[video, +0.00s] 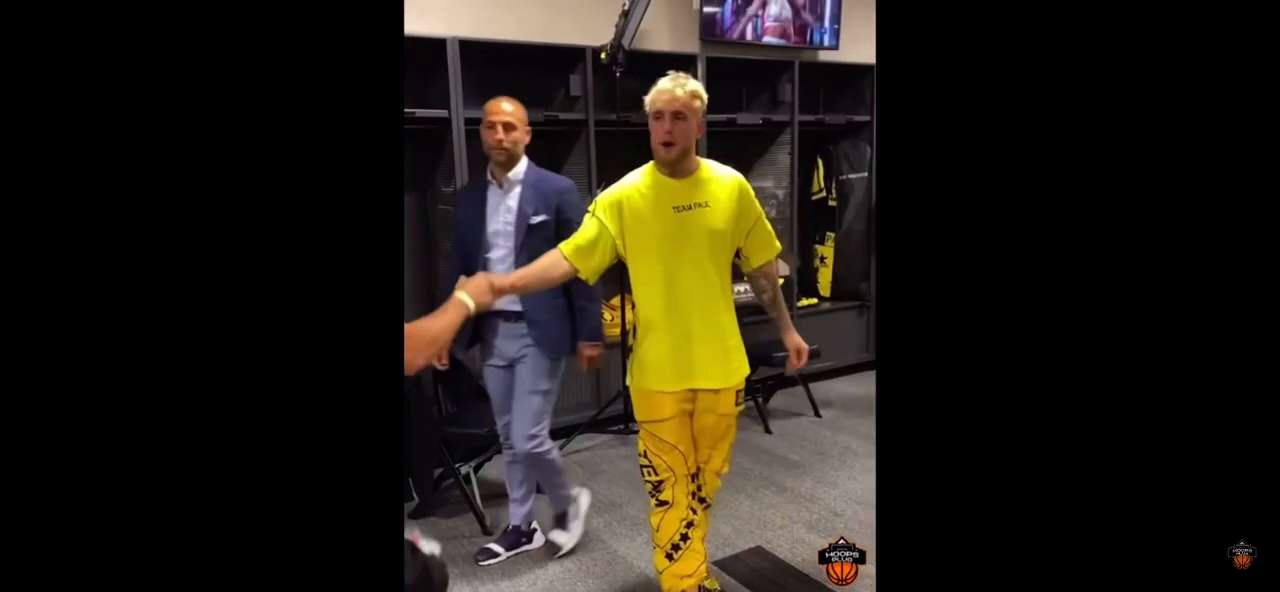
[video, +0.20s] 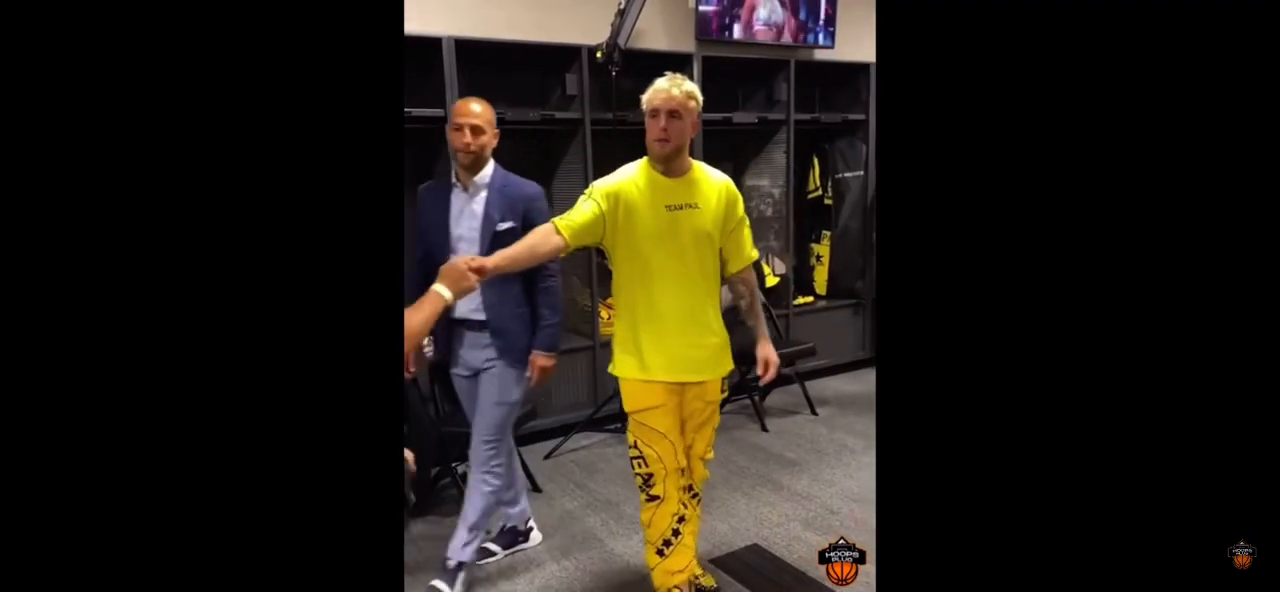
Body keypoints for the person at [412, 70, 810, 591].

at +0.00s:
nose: (667, 128)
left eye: (679, 117)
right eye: (659, 117)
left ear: (700, 126)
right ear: (648, 124)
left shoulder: (731, 188)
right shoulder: (624, 198)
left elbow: (765, 267)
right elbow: (569, 258)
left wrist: (788, 329)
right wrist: (500, 285)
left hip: (720, 362)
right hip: (655, 366)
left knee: (706, 483)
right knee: (673, 492)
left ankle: (686, 568)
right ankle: (685, 583)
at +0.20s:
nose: (661, 125)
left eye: (674, 116)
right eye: (654, 115)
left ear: (695, 124)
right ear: (645, 122)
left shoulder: (721, 190)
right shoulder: (616, 191)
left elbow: (742, 271)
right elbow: (554, 236)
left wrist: (762, 337)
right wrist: (491, 262)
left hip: (706, 356)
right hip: (643, 359)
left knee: (693, 472)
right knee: (661, 478)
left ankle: (684, 568)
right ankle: (675, 582)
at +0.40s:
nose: (655, 125)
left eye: (667, 116)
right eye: (647, 115)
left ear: (689, 125)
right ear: (637, 122)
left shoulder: (712, 189)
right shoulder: (611, 188)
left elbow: (727, 270)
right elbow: (559, 250)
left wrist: (737, 326)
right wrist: (500, 294)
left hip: (694, 343)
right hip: (631, 345)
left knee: (686, 455)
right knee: (633, 458)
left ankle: (680, 548)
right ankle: (625, 567)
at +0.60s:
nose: (649, 122)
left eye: (661, 113)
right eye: (641, 112)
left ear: (682, 121)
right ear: (631, 120)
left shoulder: (708, 188)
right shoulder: (607, 188)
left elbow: (727, 272)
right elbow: (593, 275)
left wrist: (737, 338)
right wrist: (587, 348)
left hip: (694, 349)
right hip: (627, 349)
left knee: (693, 454)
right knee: (614, 454)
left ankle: (693, 544)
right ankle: (591, 539)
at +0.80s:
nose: (662, 116)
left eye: (672, 105)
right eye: (653, 107)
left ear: (694, 112)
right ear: (642, 114)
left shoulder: (727, 178)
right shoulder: (621, 185)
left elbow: (750, 262)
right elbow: (609, 266)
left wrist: (761, 329)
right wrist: (598, 336)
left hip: (717, 337)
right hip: (646, 340)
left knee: (728, 443)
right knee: (638, 445)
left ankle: (734, 536)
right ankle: (634, 533)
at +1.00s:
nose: (717, 112)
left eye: (728, 101)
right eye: (709, 103)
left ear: (755, 104)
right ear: (700, 109)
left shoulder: (794, 167)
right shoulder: (685, 177)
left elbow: (817, 251)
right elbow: (658, 254)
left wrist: (827, 326)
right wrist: (632, 323)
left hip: (784, 331)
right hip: (711, 334)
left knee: (806, 439)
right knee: (713, 439)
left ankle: (824, 536)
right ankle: (718, 526)